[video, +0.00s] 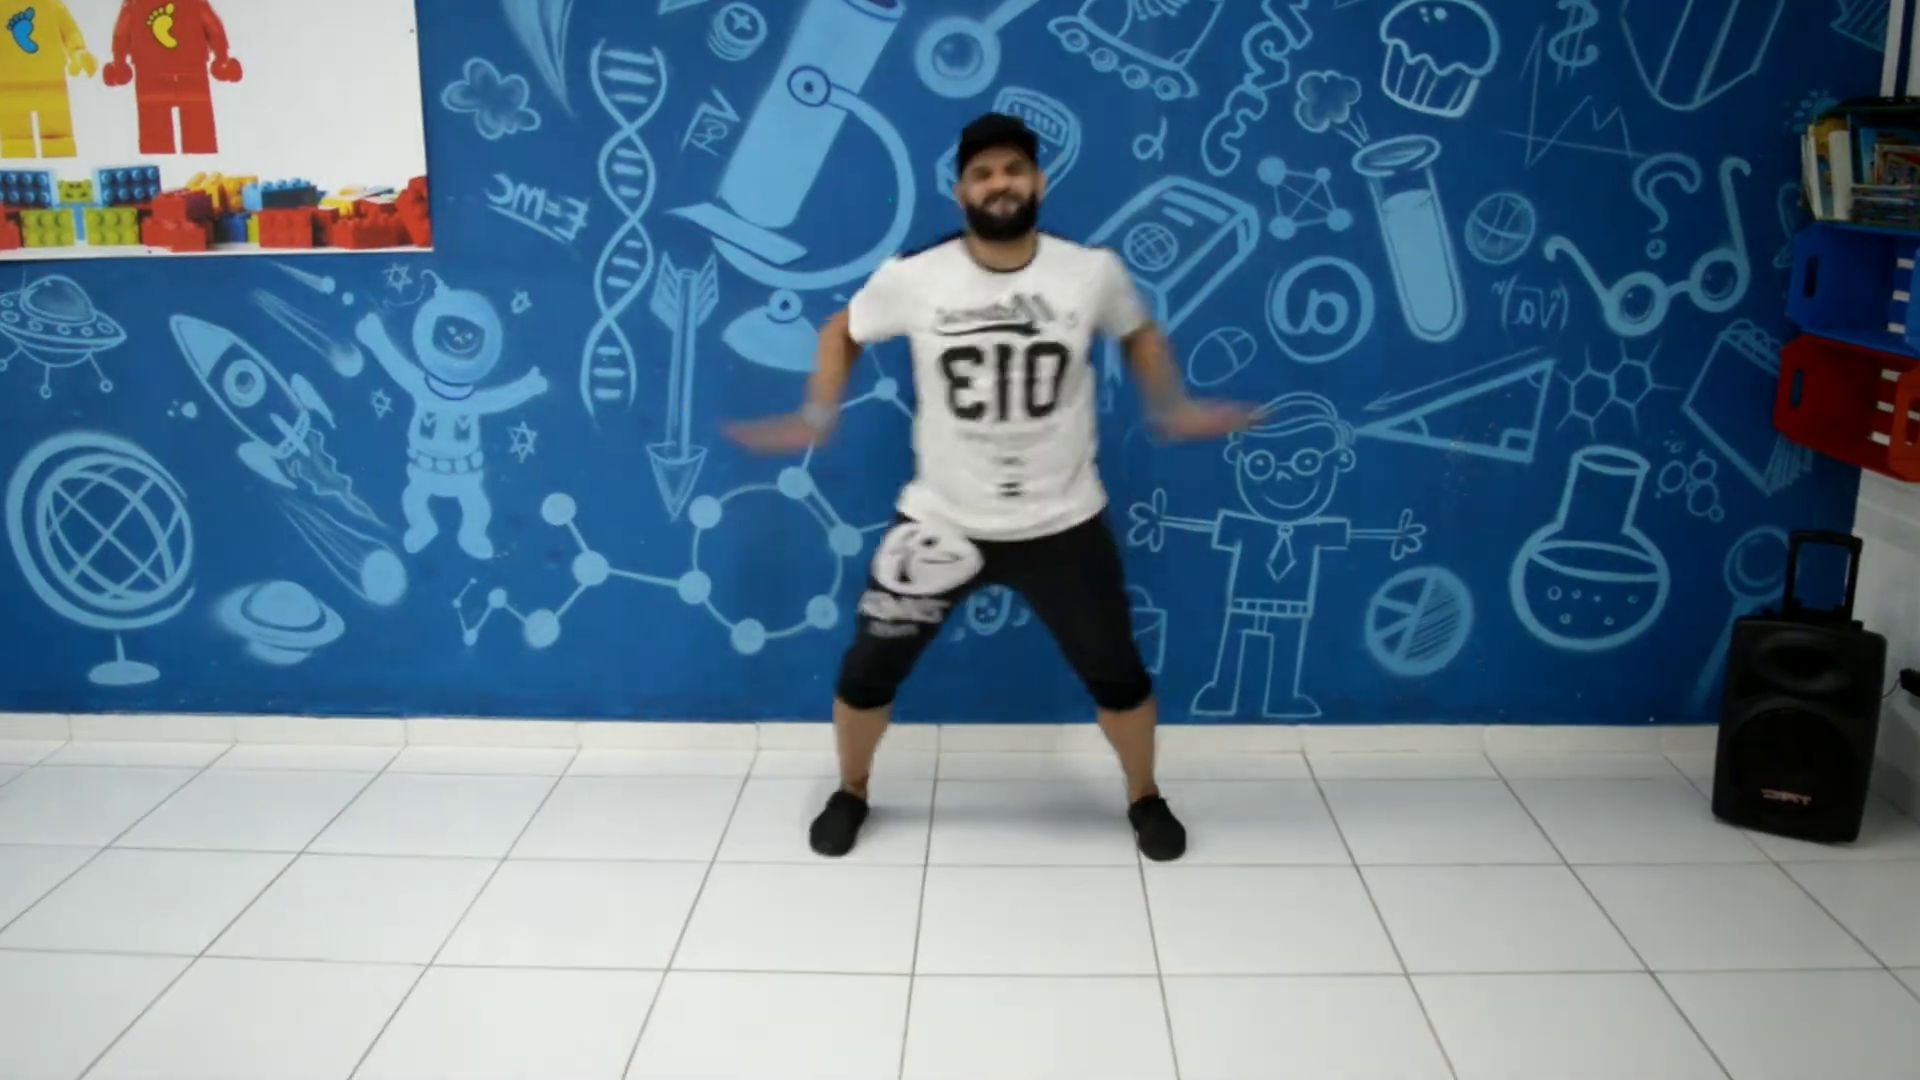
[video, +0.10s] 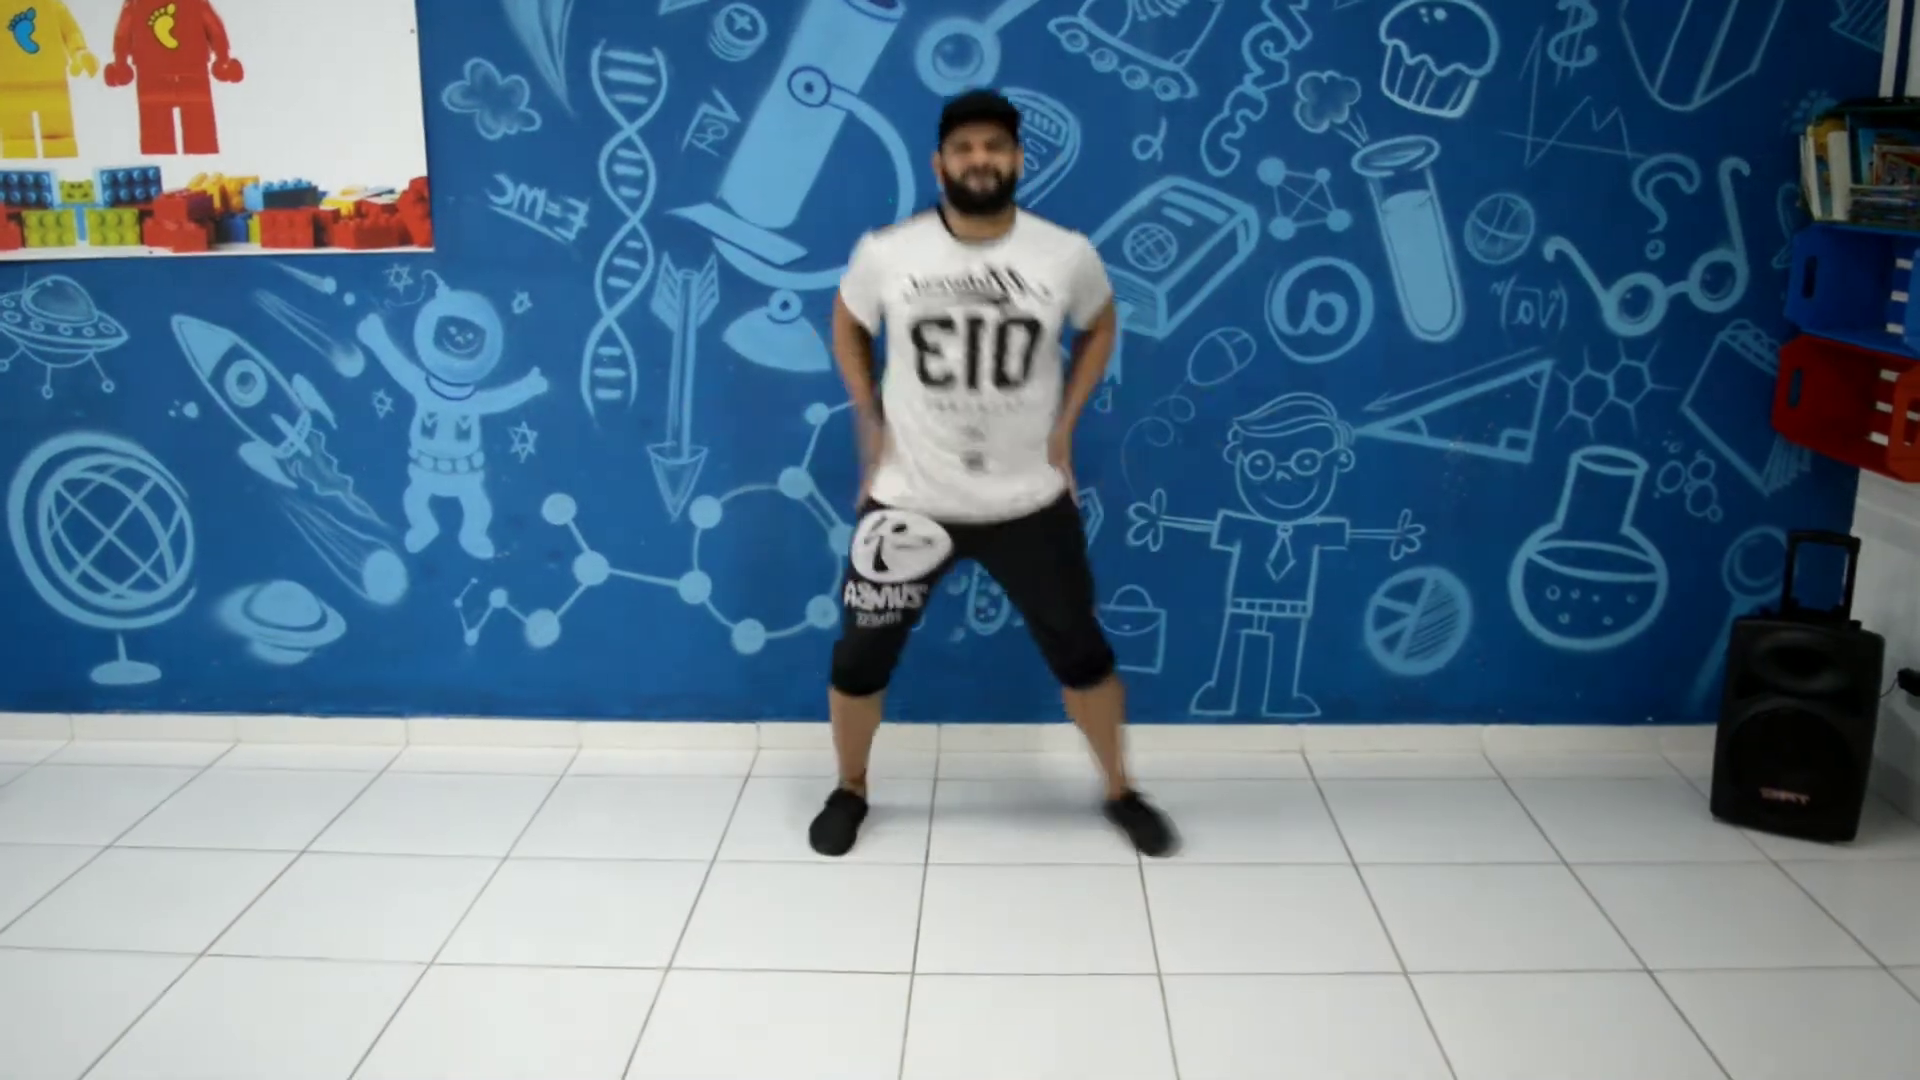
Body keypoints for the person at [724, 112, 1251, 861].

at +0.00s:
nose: (1000, 184)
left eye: (1016, 170)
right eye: (983, 172)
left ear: (1041, 183)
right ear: (960, 188)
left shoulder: (1092, 274)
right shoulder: (909, 283)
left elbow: (1143, 338)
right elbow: (839, 334)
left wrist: (1173, 408)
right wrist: (820, 414)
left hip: (1063, 521)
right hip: (943, 520)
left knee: (1117, 673)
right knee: (868, 670)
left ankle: (1145, 797)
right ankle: (850, 793)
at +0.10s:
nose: (980, 160)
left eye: (995, 147)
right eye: (962, 148)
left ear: (1018, 160)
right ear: (939, 163)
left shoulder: (1066, 257)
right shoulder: (887, 256)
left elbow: (1101, 326)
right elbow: (847, 324)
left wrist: (1063, 429)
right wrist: (871, 424)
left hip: (1028, 495)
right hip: (912, 491)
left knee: (1081, 652)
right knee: (861, 655)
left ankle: (1121, 792)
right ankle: (849, 790)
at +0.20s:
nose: (965, 130)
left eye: (981, 118)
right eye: (950, 116)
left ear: (1004, 132)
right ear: (925, 129)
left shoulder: (1048, 227)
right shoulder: (870, 219)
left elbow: (1096, 319)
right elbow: (815, 309)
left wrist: (1126, 425)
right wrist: (775, 406)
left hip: (1013, 475)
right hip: (898, 470)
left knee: (1041, 645)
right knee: (864, 638)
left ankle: (1016, 753)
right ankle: (850, 783)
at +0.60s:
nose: (965, 146)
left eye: (981, 132)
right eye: (950, 131)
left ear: (1003, 139)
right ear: (923, 134)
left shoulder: (1043, 228)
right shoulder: (868, 230)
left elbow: (1112, 335)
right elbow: (795, 329)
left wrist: (1173, 435)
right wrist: (729, 429)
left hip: (1020, 474)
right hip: (905, 477)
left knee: (1057, 636)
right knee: (869, 646)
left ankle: (1056, 770)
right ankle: (858, 784)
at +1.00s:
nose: (1046, 153)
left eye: (1063, 138)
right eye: (1031, 138)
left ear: (1085, 145)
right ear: (1006, 144)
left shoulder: (1136, 234)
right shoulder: (961, 245)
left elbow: (1191, 337)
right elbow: (893, 345)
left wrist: (1248, 434)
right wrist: (827, 444)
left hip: (1109, 476)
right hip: (995, 481)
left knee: (1145, 641)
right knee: (964, 654)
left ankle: (1152, 791)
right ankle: (972, 764)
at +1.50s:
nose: (1021, 176)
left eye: (1033, 161)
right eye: (1002, 168)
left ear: (1057, 170)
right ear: (983, 189)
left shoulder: (1117, 272)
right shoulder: (946, 267)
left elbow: (1186, 367)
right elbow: (879, 366)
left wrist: (1253, 459)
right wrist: (814, 467)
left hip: (1090, 500)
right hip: (975, 501)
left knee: (1141, 657)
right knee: (902, 653)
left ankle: (1156, 793)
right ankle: (862, 784)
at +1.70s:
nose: (972, 165)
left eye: (988, 152)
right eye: (957, 153)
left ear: (1012, 165)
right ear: (936, 167)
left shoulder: (1069, 255)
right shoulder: (891, 271)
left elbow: (1128, 358)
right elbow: (817, 365)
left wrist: (1182, 464)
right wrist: (751, 459)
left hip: (1028, 493)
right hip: (914, 490)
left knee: (1086, 651)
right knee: (867, 647)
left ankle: (1129, 790)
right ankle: (853, 785)